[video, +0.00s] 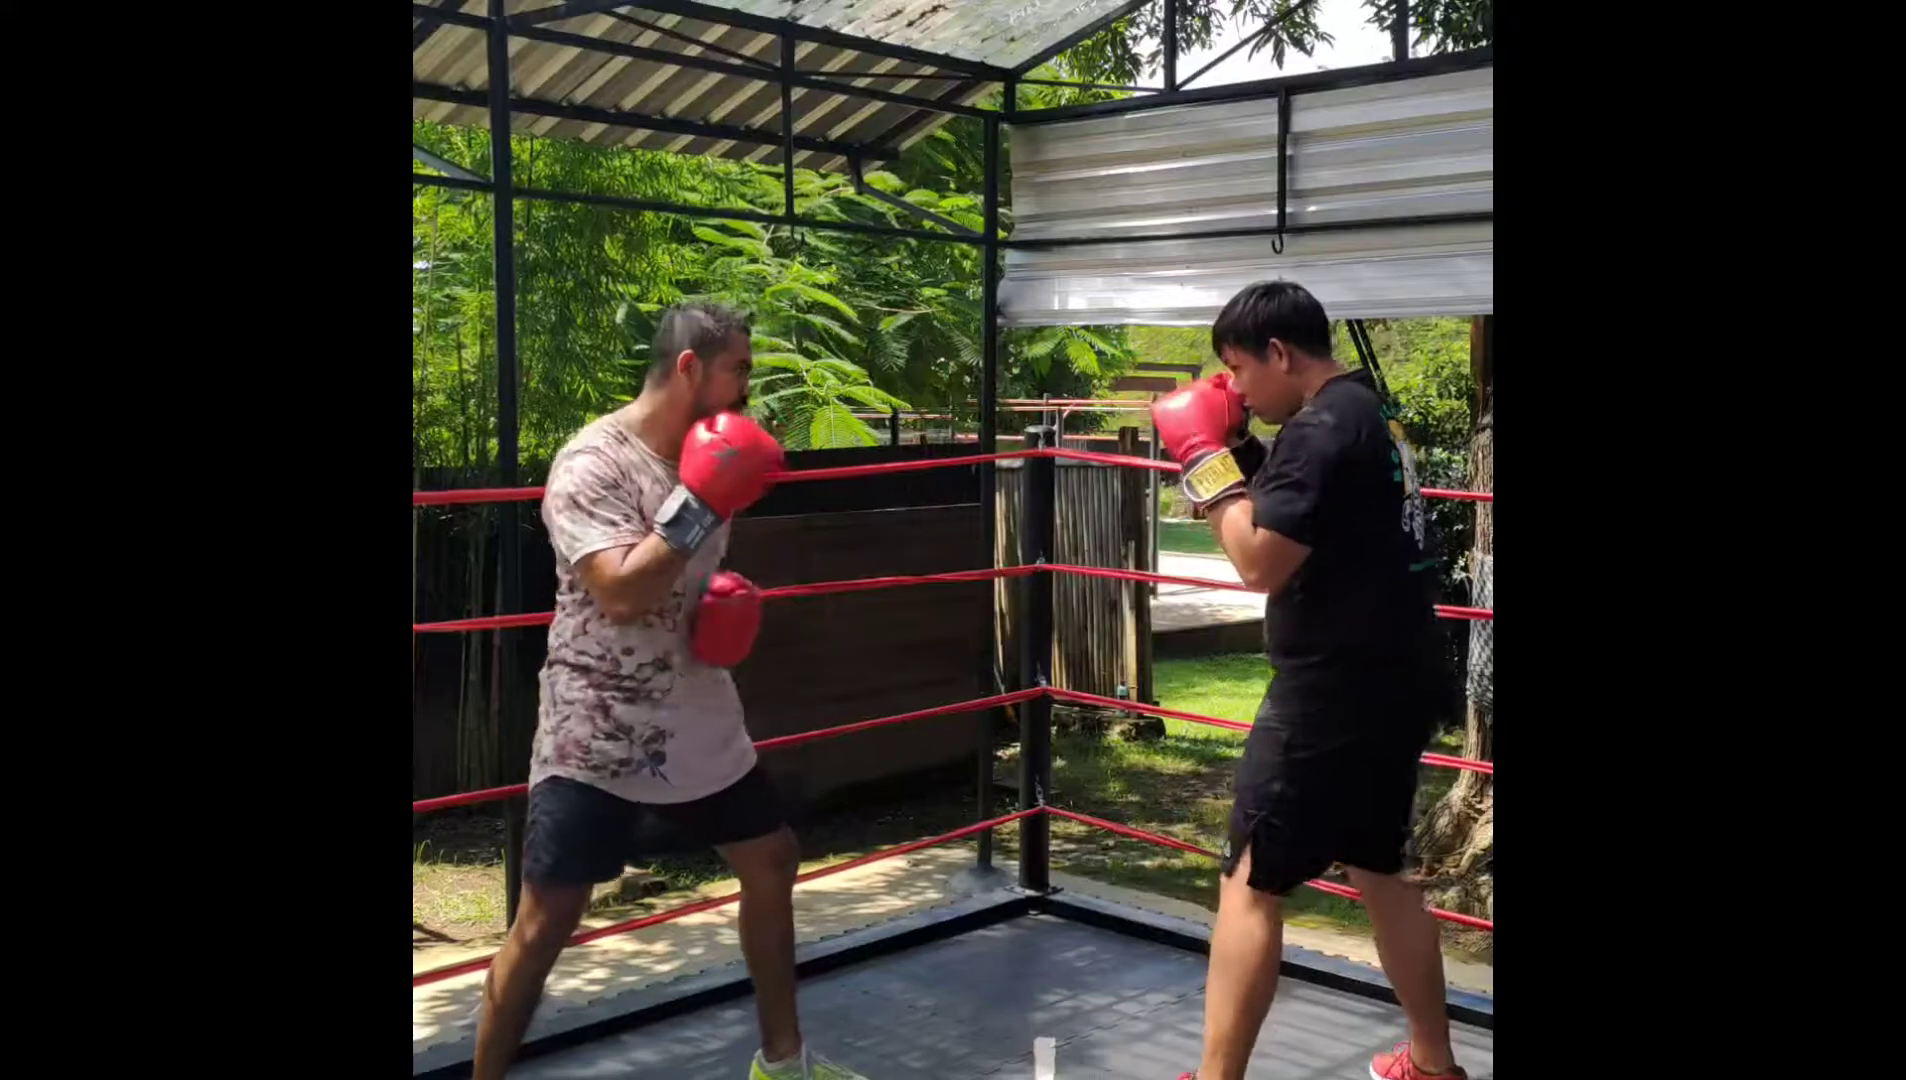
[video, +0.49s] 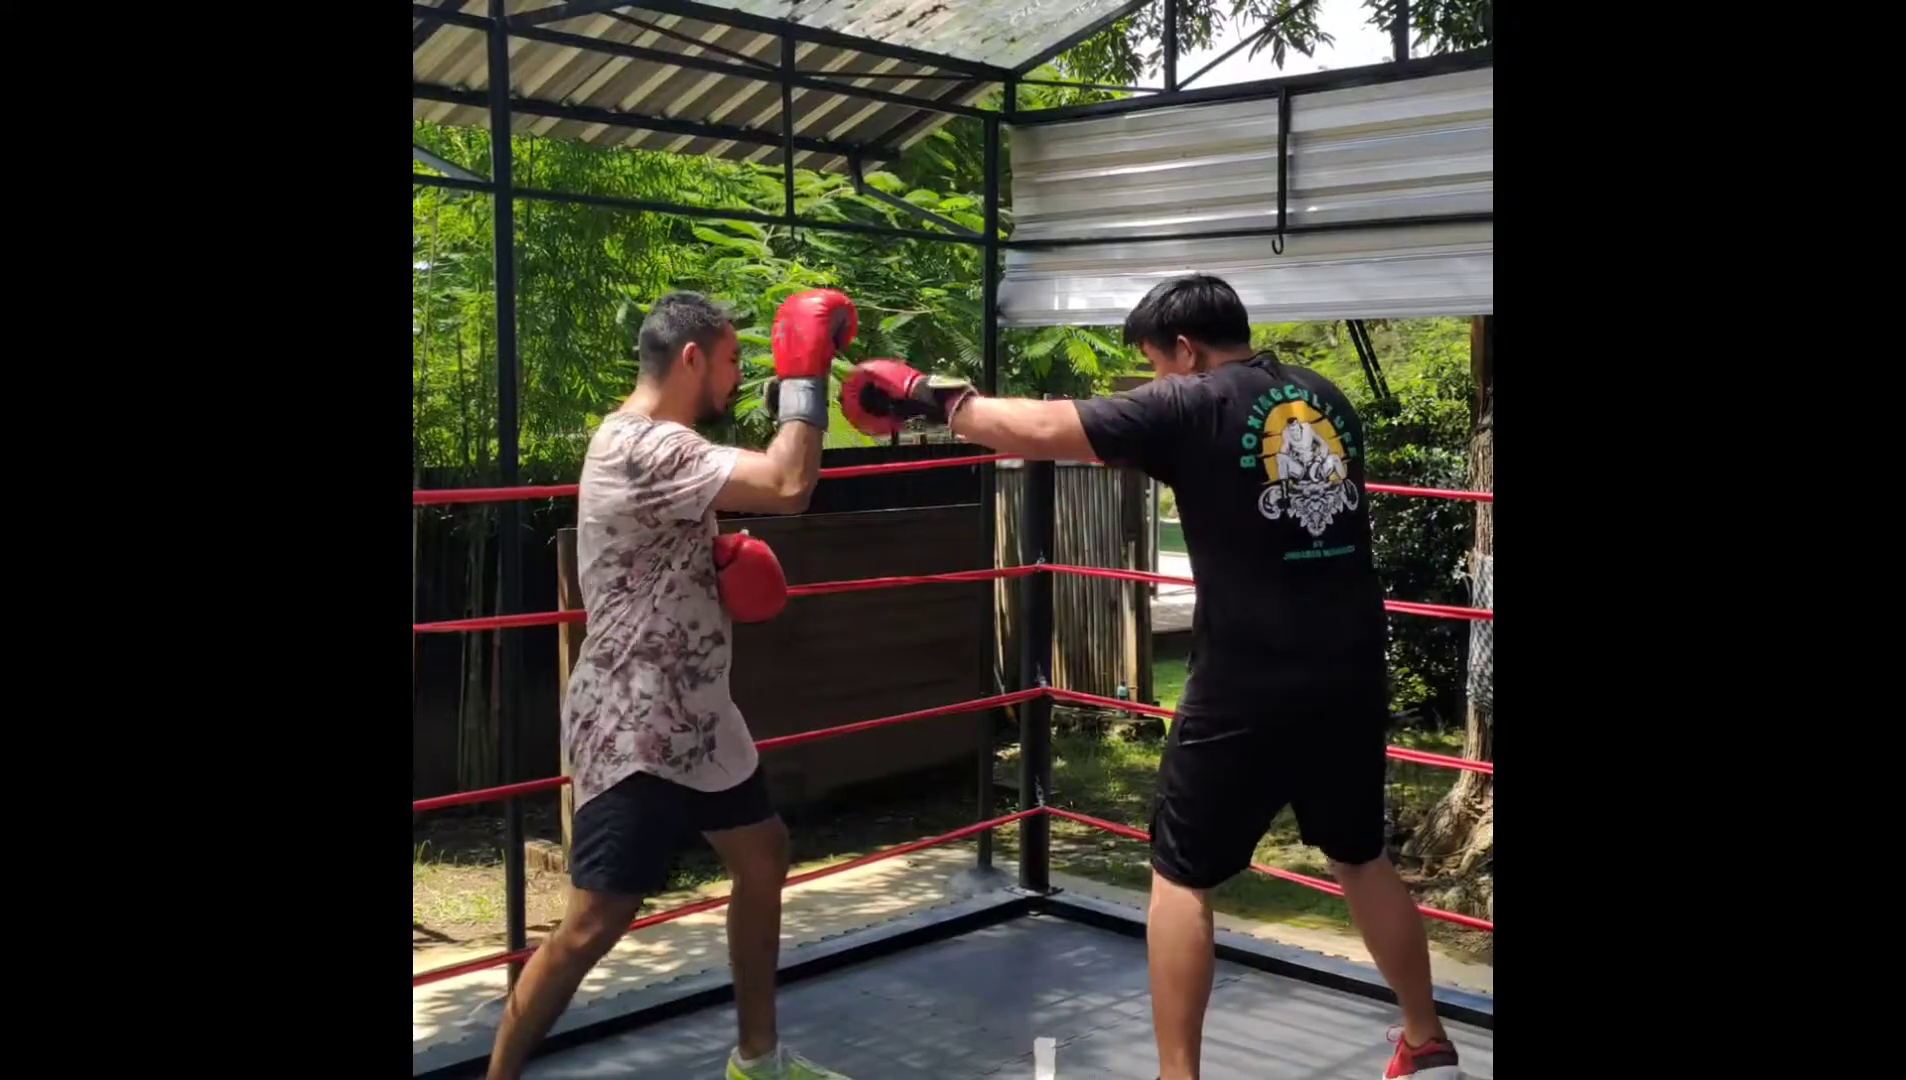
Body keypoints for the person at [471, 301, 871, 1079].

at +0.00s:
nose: (746, 391)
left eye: (749, 375)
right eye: (740, 372)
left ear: (697, 371)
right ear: (688, 367)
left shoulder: (708, 466)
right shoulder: (585, 465)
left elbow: (698, 586)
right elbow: (620, 593)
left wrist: (727, 615)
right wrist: (702, 501)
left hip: (702, 732)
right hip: (595, 739)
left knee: (771, 862)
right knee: (544, 922)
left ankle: (783, 1056)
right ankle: (486, 1074)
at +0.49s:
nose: (736, 377)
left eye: (738, 360)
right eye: (731, 359)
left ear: (669, 358)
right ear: (692, 356)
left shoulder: (656, 439)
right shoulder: (636, 446)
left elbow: (631, 562)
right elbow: (788, 482)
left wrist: (712, 569)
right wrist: (806, 370)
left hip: (698, 713)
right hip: (634, 721)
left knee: (763, 859)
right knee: (592, 925)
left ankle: (759, 1055)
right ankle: (498, 1073)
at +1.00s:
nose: (682, 399)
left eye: (685, 381)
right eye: (676, 379)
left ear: (627, 378)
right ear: (627, 374)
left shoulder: (634, 463)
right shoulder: (532, 473)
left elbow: (643, 566)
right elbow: (593, 604)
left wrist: (666, 600)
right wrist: (662, 516)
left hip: (626, 715)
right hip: (540, 725)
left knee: (692, 869)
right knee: (526, 935)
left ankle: (733, 1056)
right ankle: (479, 1075)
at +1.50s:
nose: (758, 395)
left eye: (762, 379)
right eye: (750, 376)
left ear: (710, 372)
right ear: (695, 366)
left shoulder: (724, 468)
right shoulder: (598, 463)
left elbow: (760, 543)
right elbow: (620, 576)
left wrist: (817, 542)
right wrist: (714, 505)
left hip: (724, 725)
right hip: (618, 734)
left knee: (797, 868)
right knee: (559, 927)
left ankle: (809, 1054)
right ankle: (489, 1074)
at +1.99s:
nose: (736, 405)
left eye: (739, 388)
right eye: (726, 387)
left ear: (679, 388)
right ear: (671, 383)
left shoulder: (716, 481)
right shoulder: (574, 474)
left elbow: (726, 594)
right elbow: (570, 612)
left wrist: (713, 647)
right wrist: (668, 534)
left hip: (698, 726)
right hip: (589, 733)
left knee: (782, 866)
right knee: (540, 928)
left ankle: (804, 1051)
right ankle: (490, 1075)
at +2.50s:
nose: (773, 385)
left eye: (773, 369)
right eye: (766, 368)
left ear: (711, 367)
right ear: (723, 366)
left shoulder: (672, 439)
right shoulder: (683, 451)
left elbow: (661, 567)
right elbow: (821, 518)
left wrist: (740, 581)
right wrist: (843, 410)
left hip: (697, 715)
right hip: (635, 721)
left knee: (756, 857)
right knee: (592, 923)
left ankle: (753, 1053)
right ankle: (495, 1074)